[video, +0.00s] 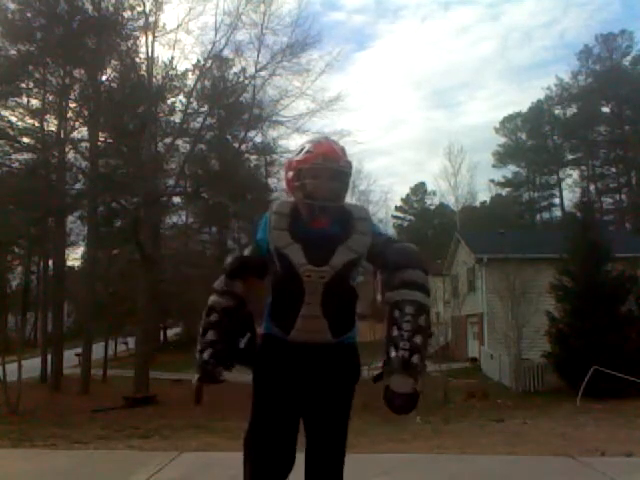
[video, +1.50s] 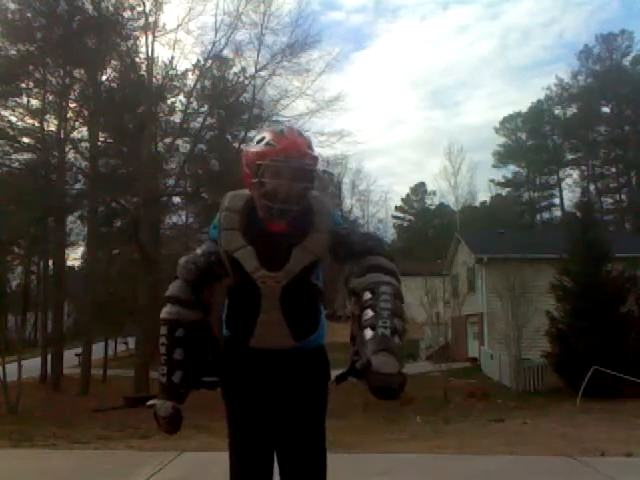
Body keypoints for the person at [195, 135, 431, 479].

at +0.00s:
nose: (323, 186)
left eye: (333, 178)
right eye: (314, 177)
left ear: (345, 184)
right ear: (296, 181)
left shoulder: (360, 227)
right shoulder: (272, 223)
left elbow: (406, 271)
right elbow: (237, 281)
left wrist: (404, 363)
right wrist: (215, 344)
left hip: (335, 358)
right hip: (278, 356)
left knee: (326, 461)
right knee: (266, 458)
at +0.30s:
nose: (316, 185)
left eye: (327, 176)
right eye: (307, 174)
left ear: (339, 184)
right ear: (289, 181)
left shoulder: (353, 229)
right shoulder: (264, 230)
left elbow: (393, 263)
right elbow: (233, 285)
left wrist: (385, 336)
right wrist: (212, 341)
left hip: (332, 360)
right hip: (276, 358)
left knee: (324, 457)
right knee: (270, 454)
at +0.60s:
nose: (296, 178)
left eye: (306, 169)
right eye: (286, 168)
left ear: (319, 177)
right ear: (270, 176)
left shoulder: (342, 228)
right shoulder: (248, 229)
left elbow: (373, 282)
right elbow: (216, 288)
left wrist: (360, 352)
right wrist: (200, 347)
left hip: (320, 363)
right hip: (263, 363)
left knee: (315, 464)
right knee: (263, 462)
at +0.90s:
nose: (286, 196)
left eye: (296, 186)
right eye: (276, 185)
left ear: (311, 187)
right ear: (257, 183)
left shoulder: (333, 226)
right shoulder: (237, 225)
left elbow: (370, 272)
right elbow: (198, 285)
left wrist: (356, 362)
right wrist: (175, 347)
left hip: (311, 363)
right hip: (255, 362)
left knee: (311, 463)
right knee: (261, 462)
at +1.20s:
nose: (285, 196)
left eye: (298, 185)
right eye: (276, 183)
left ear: (313, 188)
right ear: (256, 184)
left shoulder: (330, 229)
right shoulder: (231, 228)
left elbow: (373, 284)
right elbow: (192, 291)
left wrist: (375, 378)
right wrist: (172, 380)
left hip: (307, 366)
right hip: (248, 367)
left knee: (307, 467)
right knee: (255, 468)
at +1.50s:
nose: (286, 188)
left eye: (297, 178)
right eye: (275, 175)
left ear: (310, 182)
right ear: (255, 176)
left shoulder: (325, 220)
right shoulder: (230, 221)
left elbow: (370, 264)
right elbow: (188, 291)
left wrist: (380, 341)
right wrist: (171, 384)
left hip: (303, 362)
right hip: (244, 362)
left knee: (305, 466)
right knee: (248, 467)